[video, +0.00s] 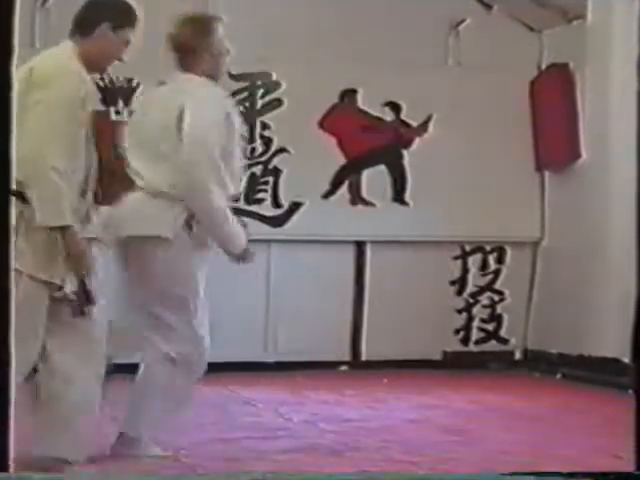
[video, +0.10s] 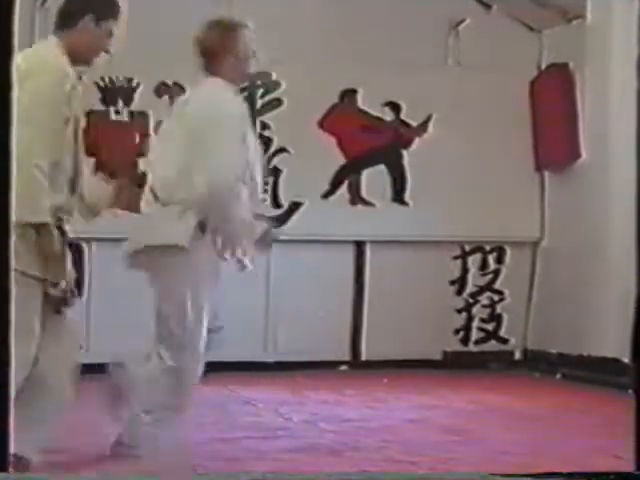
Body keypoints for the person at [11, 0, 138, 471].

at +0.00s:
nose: (123, 55)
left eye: (126, 46)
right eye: (122, 43)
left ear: (94, 31)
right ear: (100, 31)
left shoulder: (49, 70)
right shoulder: (64, 81)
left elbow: (45, 163)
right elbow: (47, 168)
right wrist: (72, 241)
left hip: (40, 229)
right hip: (45, 233)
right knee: (76, 341)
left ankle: (50, 448)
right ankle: (51, 449)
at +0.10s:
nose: (109, 46)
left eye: (111, 36)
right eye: (107, 32)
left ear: (83, 25)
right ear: (85, 23)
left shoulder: (62, 76)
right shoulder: (45, 72)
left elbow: (66, 170)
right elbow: (31, 167)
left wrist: (111, 196)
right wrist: (52, 250)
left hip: (46, 224)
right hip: (24, 228)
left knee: (58, 345)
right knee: (21, 346)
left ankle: (26, 447)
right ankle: (15, 451)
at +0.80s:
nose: (115, 42)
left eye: (118, 32)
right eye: (113, 30)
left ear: (88, 26)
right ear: (87, 24)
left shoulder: (65, 76)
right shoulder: (42, 70)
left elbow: (47, 160)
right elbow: (16, 150)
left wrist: (58, 233)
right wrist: (15, 217)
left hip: (47, 226)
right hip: (29, 226)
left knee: (47, 335)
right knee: (46, 336)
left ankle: (47, 445)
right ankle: (47, 448)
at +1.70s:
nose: (175, 51)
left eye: (178, 42)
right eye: (173, 41)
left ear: (148, 35)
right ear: (150, 34)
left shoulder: (150, 91)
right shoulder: (113, 90)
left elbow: (199, 131)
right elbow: (145, 170)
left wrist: (265, 116)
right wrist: (192, 179)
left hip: (172, 228)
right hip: (136, 231)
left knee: (212, 334)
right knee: (162, 347)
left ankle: (219, 445)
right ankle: (104, 457)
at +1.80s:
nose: (180, 50)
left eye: (182, 41)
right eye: (177, 39)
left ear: (158, 36)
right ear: (153, 33)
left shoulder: (159, 94)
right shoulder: (111, 89)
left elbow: (201, 143)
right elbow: (134, 171)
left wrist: (269, 123)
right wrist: (188, 181)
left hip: (172, 228)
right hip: (133, 231)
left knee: (210, 334)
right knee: (155, 347)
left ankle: (216, 444)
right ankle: (106, 455)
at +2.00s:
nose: (198, 61)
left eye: (200, 51)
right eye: (196, 49)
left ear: (170, 47)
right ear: (173, 44)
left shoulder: (169, 103)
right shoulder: (130, 101)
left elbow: (203, 161)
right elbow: (144, 188)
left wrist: (249, 133)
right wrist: (194, 207)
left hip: (170, 240)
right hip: (134, 241)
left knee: (216, 326)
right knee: (159, 352)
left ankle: (220, 439)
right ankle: (107, 456)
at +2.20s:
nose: (224, 81)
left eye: (225, 72)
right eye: (221, 70)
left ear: (195, 64)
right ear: (201, 63)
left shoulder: (173, 105)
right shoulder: (175, 107)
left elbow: (202, 176)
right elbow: (218, 178)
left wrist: (249, 181)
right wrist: (251, 198)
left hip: (176, 249)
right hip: (159, 251)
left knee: (219, 332)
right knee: (175, 363)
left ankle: (231, 428)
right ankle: (108, 455)